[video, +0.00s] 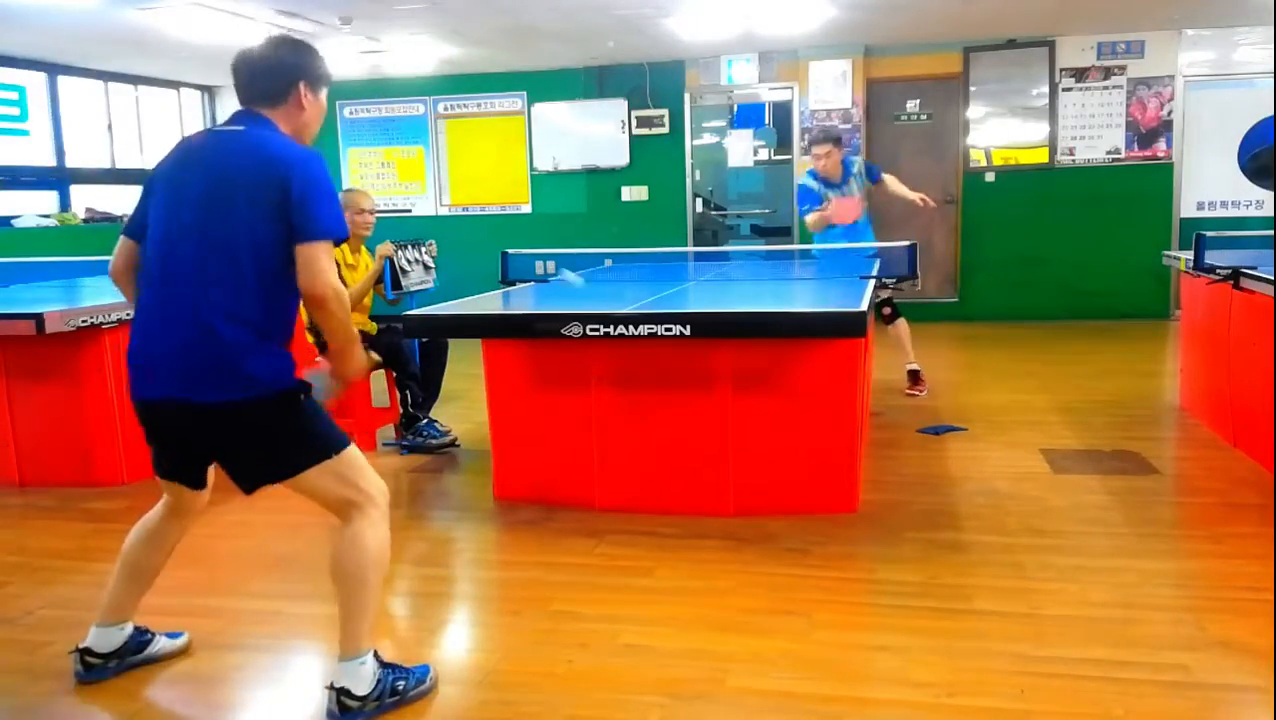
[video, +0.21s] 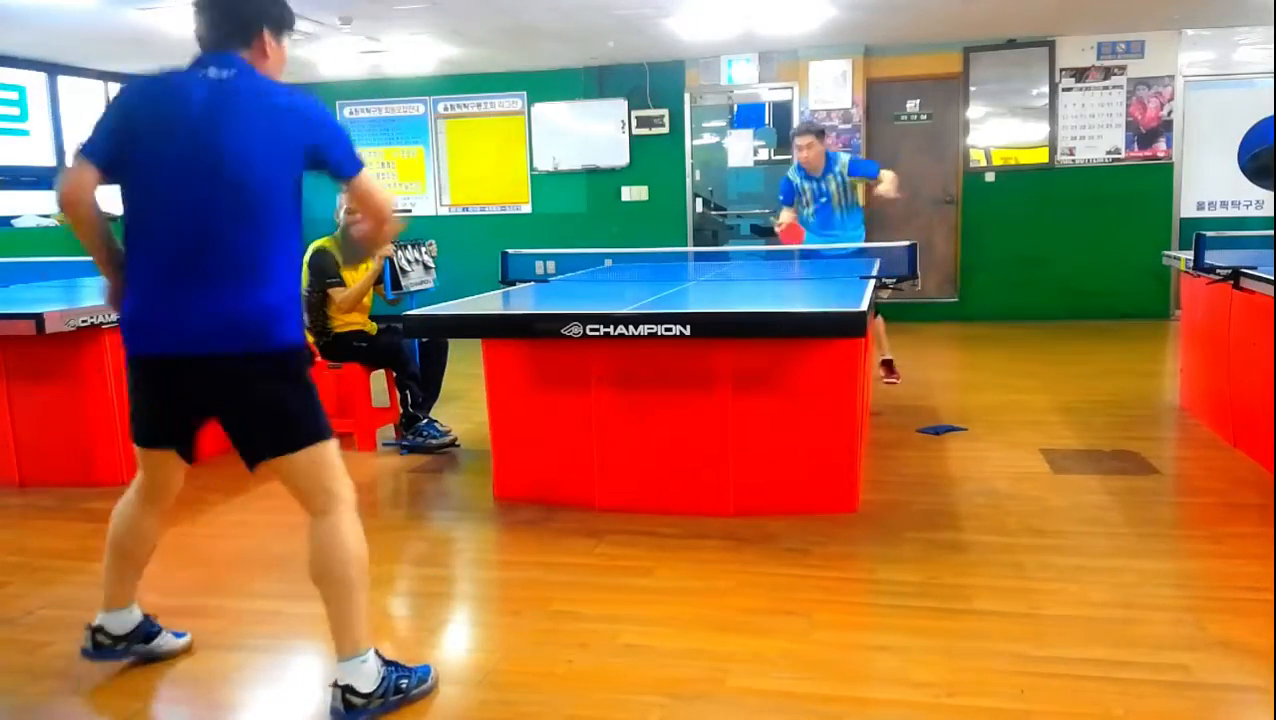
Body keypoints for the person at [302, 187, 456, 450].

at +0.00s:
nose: (370, 219)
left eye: (373, 213)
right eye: (363, 212)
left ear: (375, 217)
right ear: (344, 216)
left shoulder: (365, 254)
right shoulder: (327, 256)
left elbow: (391, 298)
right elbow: (345, 303)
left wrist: (420, 261)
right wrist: (377, 266)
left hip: (365, 329)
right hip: (339, 335)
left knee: (436, 340)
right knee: (401, 343)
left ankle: (419, 418)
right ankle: (411, 424)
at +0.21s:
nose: (356, 219)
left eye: (362, 212)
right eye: (350, 212)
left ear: (372, 217)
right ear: (338, 215)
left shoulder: (369, 250)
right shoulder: (322, 252)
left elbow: (392, 298)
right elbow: (343, 303)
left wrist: (416, 262)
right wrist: (377, 266)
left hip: (365, 330)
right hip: (335, 338)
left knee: (435, 337)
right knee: (401, 346)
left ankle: (419, 419)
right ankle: (412, 426)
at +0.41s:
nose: (372, 218)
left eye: (373, 212)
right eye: (366, 212)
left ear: (370, 214)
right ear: (346, 214)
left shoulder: (362, 251)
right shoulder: (321, 252)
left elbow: (391, 297)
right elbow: (344, 303)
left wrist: (419, 261)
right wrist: (377, 266)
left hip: (364, 330)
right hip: (335, 338)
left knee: (435, 340)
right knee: (402, 347)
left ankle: (418, 419)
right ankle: (412, 426)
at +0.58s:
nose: (379, 217)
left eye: (378, 211)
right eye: (373, 212)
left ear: (356, 218)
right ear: (353, 218)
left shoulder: (364, 255)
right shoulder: (322, 252)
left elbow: (391, 297)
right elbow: (344, 304)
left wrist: (420, 260)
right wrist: (377, 266)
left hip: (364, 331)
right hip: (335, 340)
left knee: (435, 340)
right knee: (402, 346)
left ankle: (419, 419)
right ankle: (412, 426)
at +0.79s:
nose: (378, 217)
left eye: (377, 211)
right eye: (373, 212)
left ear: (355, 218)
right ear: (351, 217)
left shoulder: (364, 255)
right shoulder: (322, 253)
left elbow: (391, 297)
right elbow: (344, 304)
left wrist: (419, 261)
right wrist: (378, 266)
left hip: (364, 330)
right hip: (335, 337)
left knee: (435, 339)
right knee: (402, 347)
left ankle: (419, 419)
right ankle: (411, 426)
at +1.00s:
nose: (373, 218)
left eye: (374, 212)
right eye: (365, 212)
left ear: (375, 216)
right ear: (344, 215)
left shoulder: (365, 255)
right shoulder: (322, 252)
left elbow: (391, 298)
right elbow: (344, 304)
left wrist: (420, 261)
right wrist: (377, 267)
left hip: (364, 330)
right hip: (334, 338)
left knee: (435, 339)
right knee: (402, 346)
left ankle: (419, 418)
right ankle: (412, 425)